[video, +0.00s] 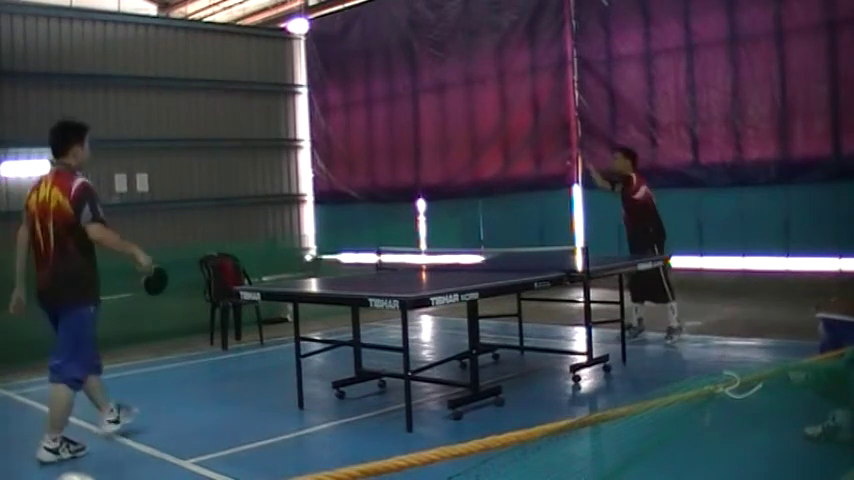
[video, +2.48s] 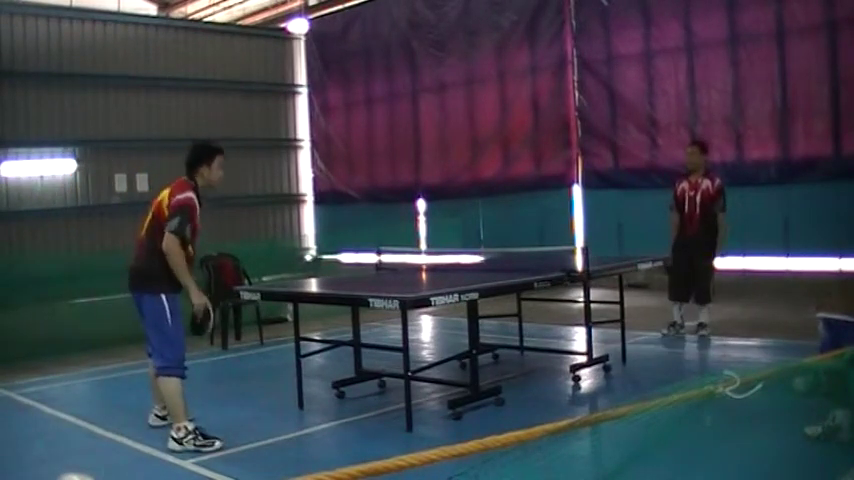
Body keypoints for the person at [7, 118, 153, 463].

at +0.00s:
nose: (88, 152)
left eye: (87, 145)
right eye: (86, 146)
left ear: (58, 150)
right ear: (74, 149)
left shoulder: (38, 189)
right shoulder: (78, 187)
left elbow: (24, 236)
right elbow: (95, 231)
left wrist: (18, 286)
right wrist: (134, 251)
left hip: (48, 289)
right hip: (77, 290)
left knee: (85, 356)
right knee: (69, 365)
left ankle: (109, 414)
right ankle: (52, 441)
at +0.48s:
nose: (142, 156)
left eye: (141, 150)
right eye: (139, 150)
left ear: (119, 151)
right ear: (127, 151)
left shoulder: (113, 182)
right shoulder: (112, 185)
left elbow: (118, 233)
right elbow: (111, 233)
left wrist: (143, 263)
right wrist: (154, 250)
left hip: (116, 279)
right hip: (120, 280)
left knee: (122, 346)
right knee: (150, 345)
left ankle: (127, 410)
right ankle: (125, 412)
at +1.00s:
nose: (193, 161)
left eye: (193, 155)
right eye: (192, 155)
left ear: (166, 154)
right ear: (179, 156)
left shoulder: (148, 182)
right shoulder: (164, 192)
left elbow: (127, 223)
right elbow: (162, 242)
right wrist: (204, 247)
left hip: (145, 283)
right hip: (162, 286)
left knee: (159, 344)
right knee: (186, 353)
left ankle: (140, 402)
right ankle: (183, 430)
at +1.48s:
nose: (225, 186)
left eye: (226, 180)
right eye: (224, 180)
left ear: (203, 178)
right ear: (212, 180)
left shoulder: (179, 199)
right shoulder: (188, 206)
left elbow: (157, 246)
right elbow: (165, 247)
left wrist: (162, 294)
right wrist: (163, 298)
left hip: (145, 287)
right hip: (154, 289)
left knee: (164, 349)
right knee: (180, 355)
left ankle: (162, 408)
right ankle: (182, 430)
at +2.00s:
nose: (227, 189)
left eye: (227, 182)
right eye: (226, 182)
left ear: (203, 180)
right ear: (214, 182)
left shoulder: (182, 198)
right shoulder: (194, 206)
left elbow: (166, 245)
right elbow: (179, 250)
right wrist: (209, 290)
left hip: (143, 284)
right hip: (152, 287)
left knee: (160, 351)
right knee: (171, 357)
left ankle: (162, 409)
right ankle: (182, 430)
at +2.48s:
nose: (221, 173)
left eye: (221, 167)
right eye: (218, 167)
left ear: (197, 168)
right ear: (203, 168)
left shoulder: (177, 191)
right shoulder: (186, 198)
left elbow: (158, 239)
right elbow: (170, 244)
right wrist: (193, 291)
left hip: (150, 282)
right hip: (157, 284)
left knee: (162, 350)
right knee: (170, 354)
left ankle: (162, 409)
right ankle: (182, 429)